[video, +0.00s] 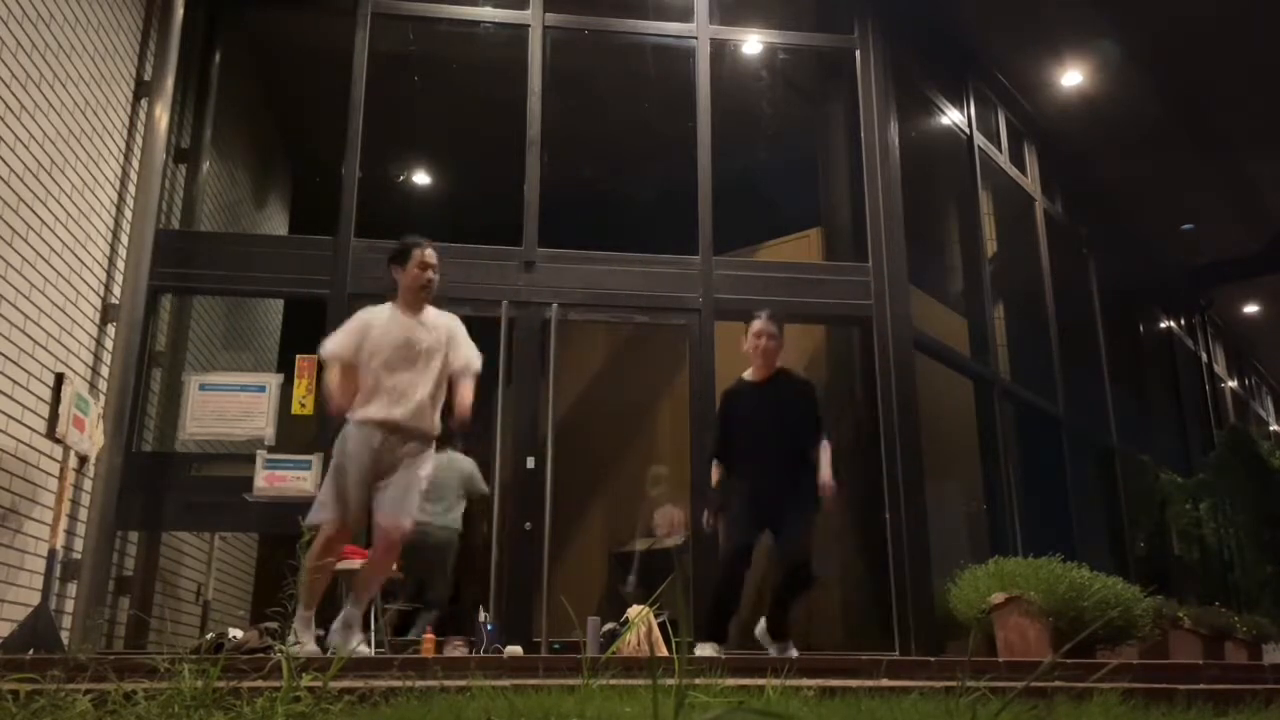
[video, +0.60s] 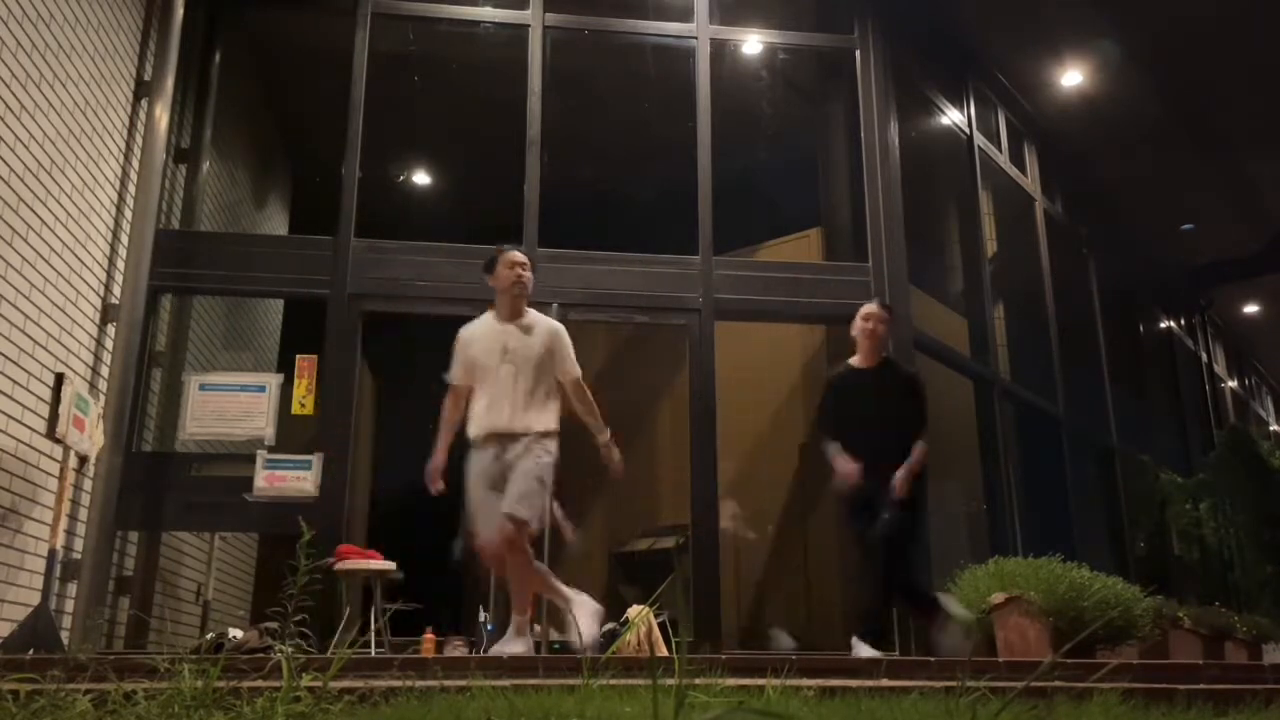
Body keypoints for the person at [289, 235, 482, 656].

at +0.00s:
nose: (430, 274)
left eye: (434, 269)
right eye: (422, 267)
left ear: (438, 277)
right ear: (398, 272)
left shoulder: (448, 325)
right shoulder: (371, 319)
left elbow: (466, 368)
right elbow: (334, 355)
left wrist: (463, 403)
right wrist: (337, 393)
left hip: (417, 441)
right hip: (364, 432)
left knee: (394, 534)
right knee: (338, 530)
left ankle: (347, 627)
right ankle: (303, 624)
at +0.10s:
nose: (430, 281)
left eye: (434, 275)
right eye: (422, 273)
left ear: (436, 285)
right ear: (395, 279)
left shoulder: (448, 338)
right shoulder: (366, 334)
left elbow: (457, 403)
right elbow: (332, 395)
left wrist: (461, 454)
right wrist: (313, 451)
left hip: (420, 452)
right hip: (363, 445)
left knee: (424, 505)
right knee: (334, 532)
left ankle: (383, 597)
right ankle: (301, 626)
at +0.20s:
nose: (439, 260)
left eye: (443, 254)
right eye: (430, 253)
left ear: (450, 262)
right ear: (409, 261)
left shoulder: (466, 315)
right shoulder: (382, 313)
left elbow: (478, 381)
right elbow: (351, 370)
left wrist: (486, 440)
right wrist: (329, 423)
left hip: (445, 429)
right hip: (385, 427)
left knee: (458, 477)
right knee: (345, 524)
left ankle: (431, 574)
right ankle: (306, 620)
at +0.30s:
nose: (461, 241)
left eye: (465, 234)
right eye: (452, 234)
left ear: (471, 242)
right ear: (431, 241)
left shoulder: (490, 290)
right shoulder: (405, 291)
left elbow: (507, 340)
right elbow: (381, 341)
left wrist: (519, 377)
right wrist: (362, 388)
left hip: (475, 405)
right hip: (415, 403)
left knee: (474, 474)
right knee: (382, 500)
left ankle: (477, 583)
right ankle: (347, 602)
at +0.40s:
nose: (483, 242)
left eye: (488, 236)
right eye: (474, 235)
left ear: (494, 247)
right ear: (454, 243)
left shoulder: (509, 292)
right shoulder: (430, 291)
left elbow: (535, 328)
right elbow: (409, 341)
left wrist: (556, 359)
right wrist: (391, 386)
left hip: (494, 407)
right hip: (439, 405)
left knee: (486, 503)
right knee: (413, 500)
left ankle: (504, 612)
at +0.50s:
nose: (505, 260)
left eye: (510, 254)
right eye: (495, 253)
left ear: (516, 266)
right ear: (475, 265)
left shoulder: (532, 313)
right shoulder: (452, 313)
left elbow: (563, 355)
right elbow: (435, 366)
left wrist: (587, 390)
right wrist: (416, 416)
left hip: (514, 425)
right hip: (462, 426)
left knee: (495, 526)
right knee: (446, 523)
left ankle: (516, 632)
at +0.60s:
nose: (522, 273)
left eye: (526, 268)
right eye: (512, 267)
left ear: (532, 280)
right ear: (492, 278)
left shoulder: (551, 331)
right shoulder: (471, 335)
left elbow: (576, 390)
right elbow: (456, 397)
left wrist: (604, 437)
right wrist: (440, 453)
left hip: (536, 442)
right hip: (484, 445)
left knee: (515, 532)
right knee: (489, 543)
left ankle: (519, 633)